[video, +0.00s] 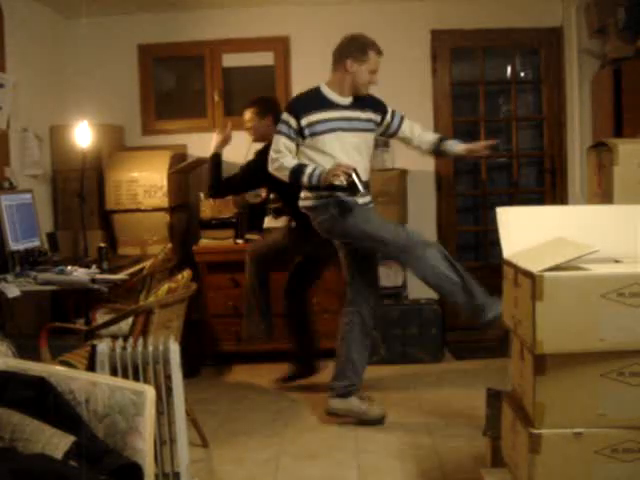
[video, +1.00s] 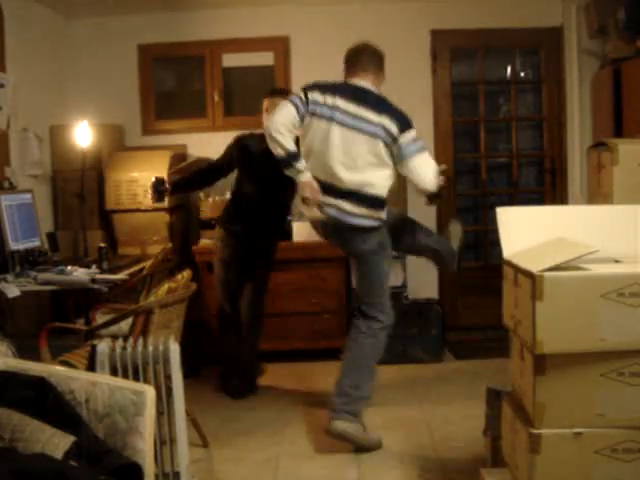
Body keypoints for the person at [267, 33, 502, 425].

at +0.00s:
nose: (375, 77)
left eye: (377, 70)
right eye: (371, 70)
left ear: (354, 69)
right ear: (348, 66)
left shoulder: (371, 109)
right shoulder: (301, 108)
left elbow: (415, 133)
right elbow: (277, 163)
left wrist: (460, 147)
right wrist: (321, 176)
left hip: (359, 209)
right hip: (326, 210)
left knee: (362, 300)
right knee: (418, 247)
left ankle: (343, 395)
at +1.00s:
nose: (378, 85)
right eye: (380, 80)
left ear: (345, 72)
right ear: (381, 78)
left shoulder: (314, 95)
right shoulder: (393, 118)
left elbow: (276, 125)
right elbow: (427, 181)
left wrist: (301, 175)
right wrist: (431, 169)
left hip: (322, 219)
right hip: (365, 228)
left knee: (397, 227)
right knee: (374, 316)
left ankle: (446, 252)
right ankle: (346, 414)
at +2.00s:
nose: (426, 115)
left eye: (432, 108)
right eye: (418, 106)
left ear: (438, 105)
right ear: (397, 99)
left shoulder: (439, 136)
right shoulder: (374, 128)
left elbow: (485, 144)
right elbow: (350, 183)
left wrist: (543, 144)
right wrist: (402, 201)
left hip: (424, 234)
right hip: (383, 226)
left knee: (441, 324)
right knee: (410, 278)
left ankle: (400, 417)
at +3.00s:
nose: (422, 111)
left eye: (425, 102)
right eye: (420, 104)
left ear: (447, 90)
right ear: (450, 92)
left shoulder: (469, 123)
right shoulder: (467, 119)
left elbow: (400, 143)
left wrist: (339, 145)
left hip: (452, 236)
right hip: (434, 220)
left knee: (423, 323)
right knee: (361, 198)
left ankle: (447, 411)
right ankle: (395, 277)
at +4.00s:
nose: (502, 90)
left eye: (503, 86)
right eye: (504, 86)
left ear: (471, 72)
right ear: (499, 79)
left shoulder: (441, 102)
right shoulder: (496, 105)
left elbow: (443, 150)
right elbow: (529, 153)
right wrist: (508, 146)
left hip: (460, 216)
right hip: (499, 212)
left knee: (476, 298)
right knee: (514, 292)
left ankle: (491, 381)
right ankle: (523, 369)